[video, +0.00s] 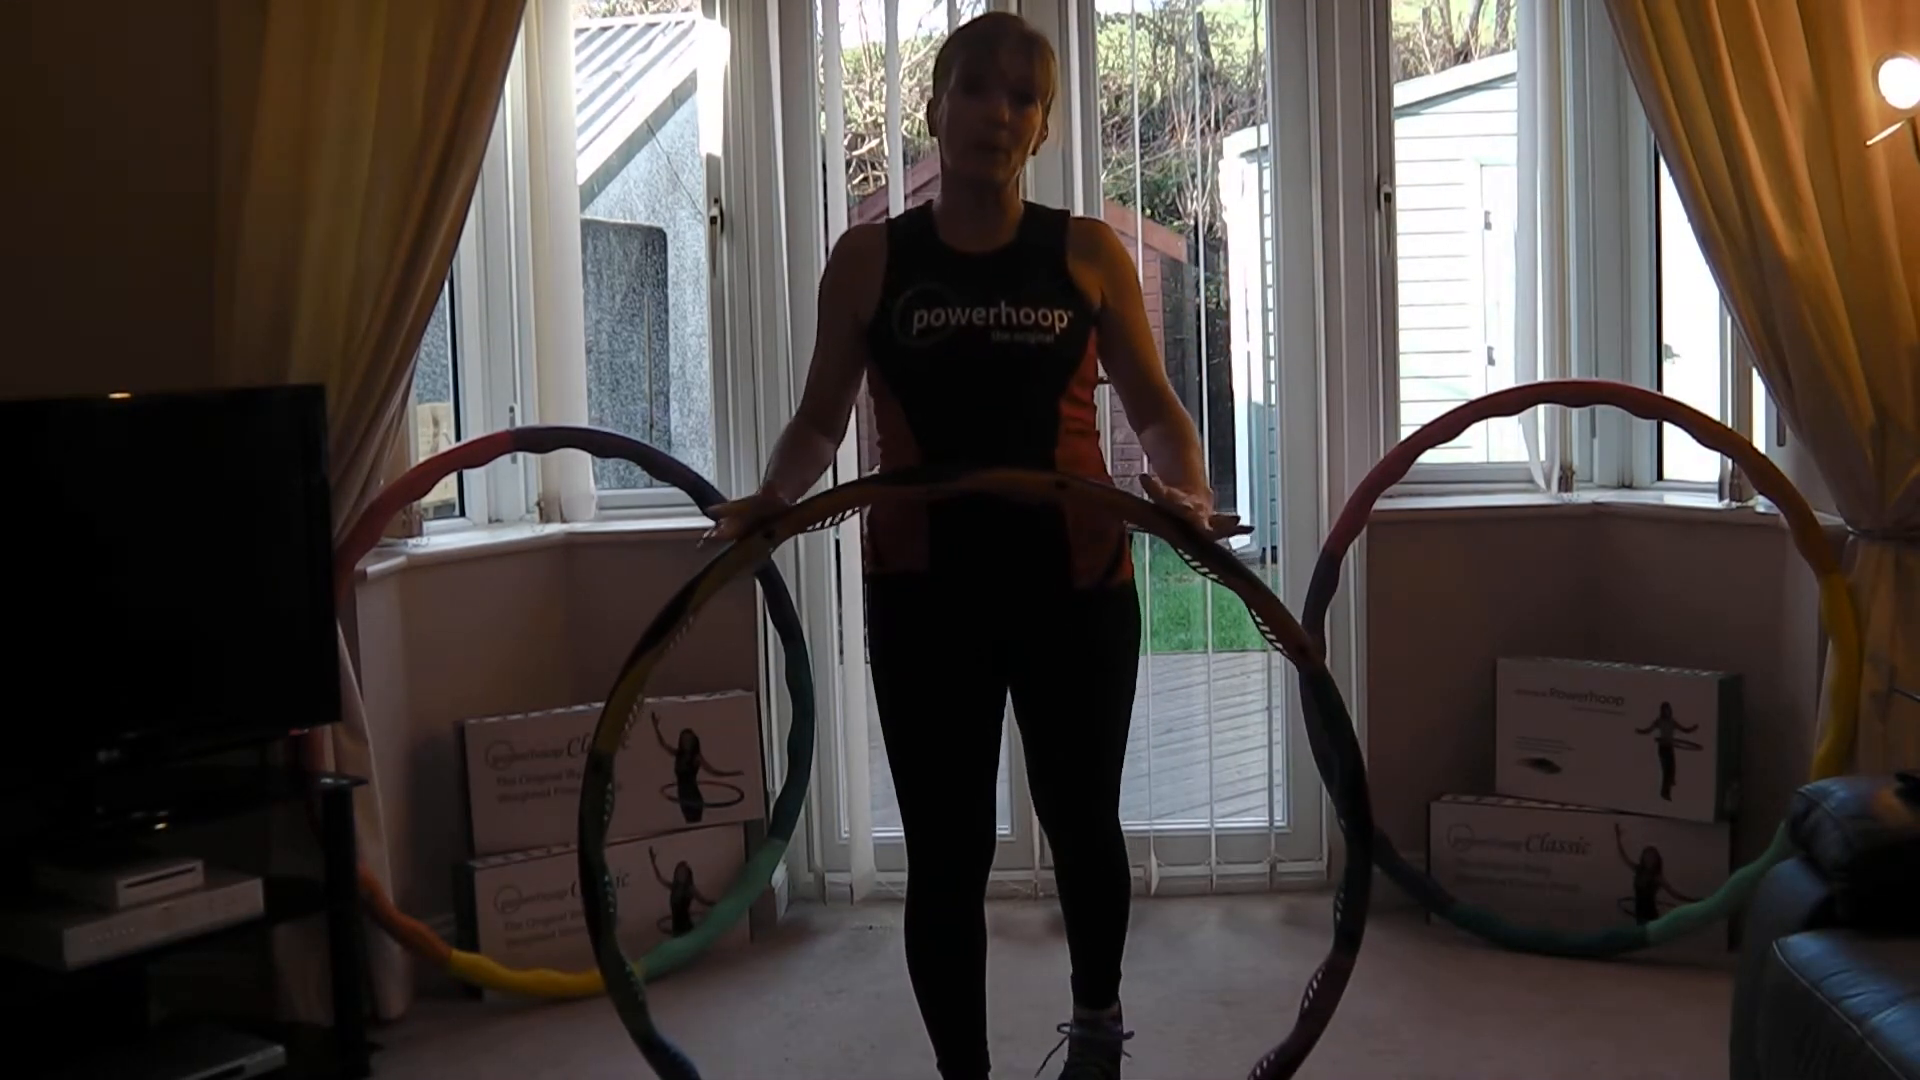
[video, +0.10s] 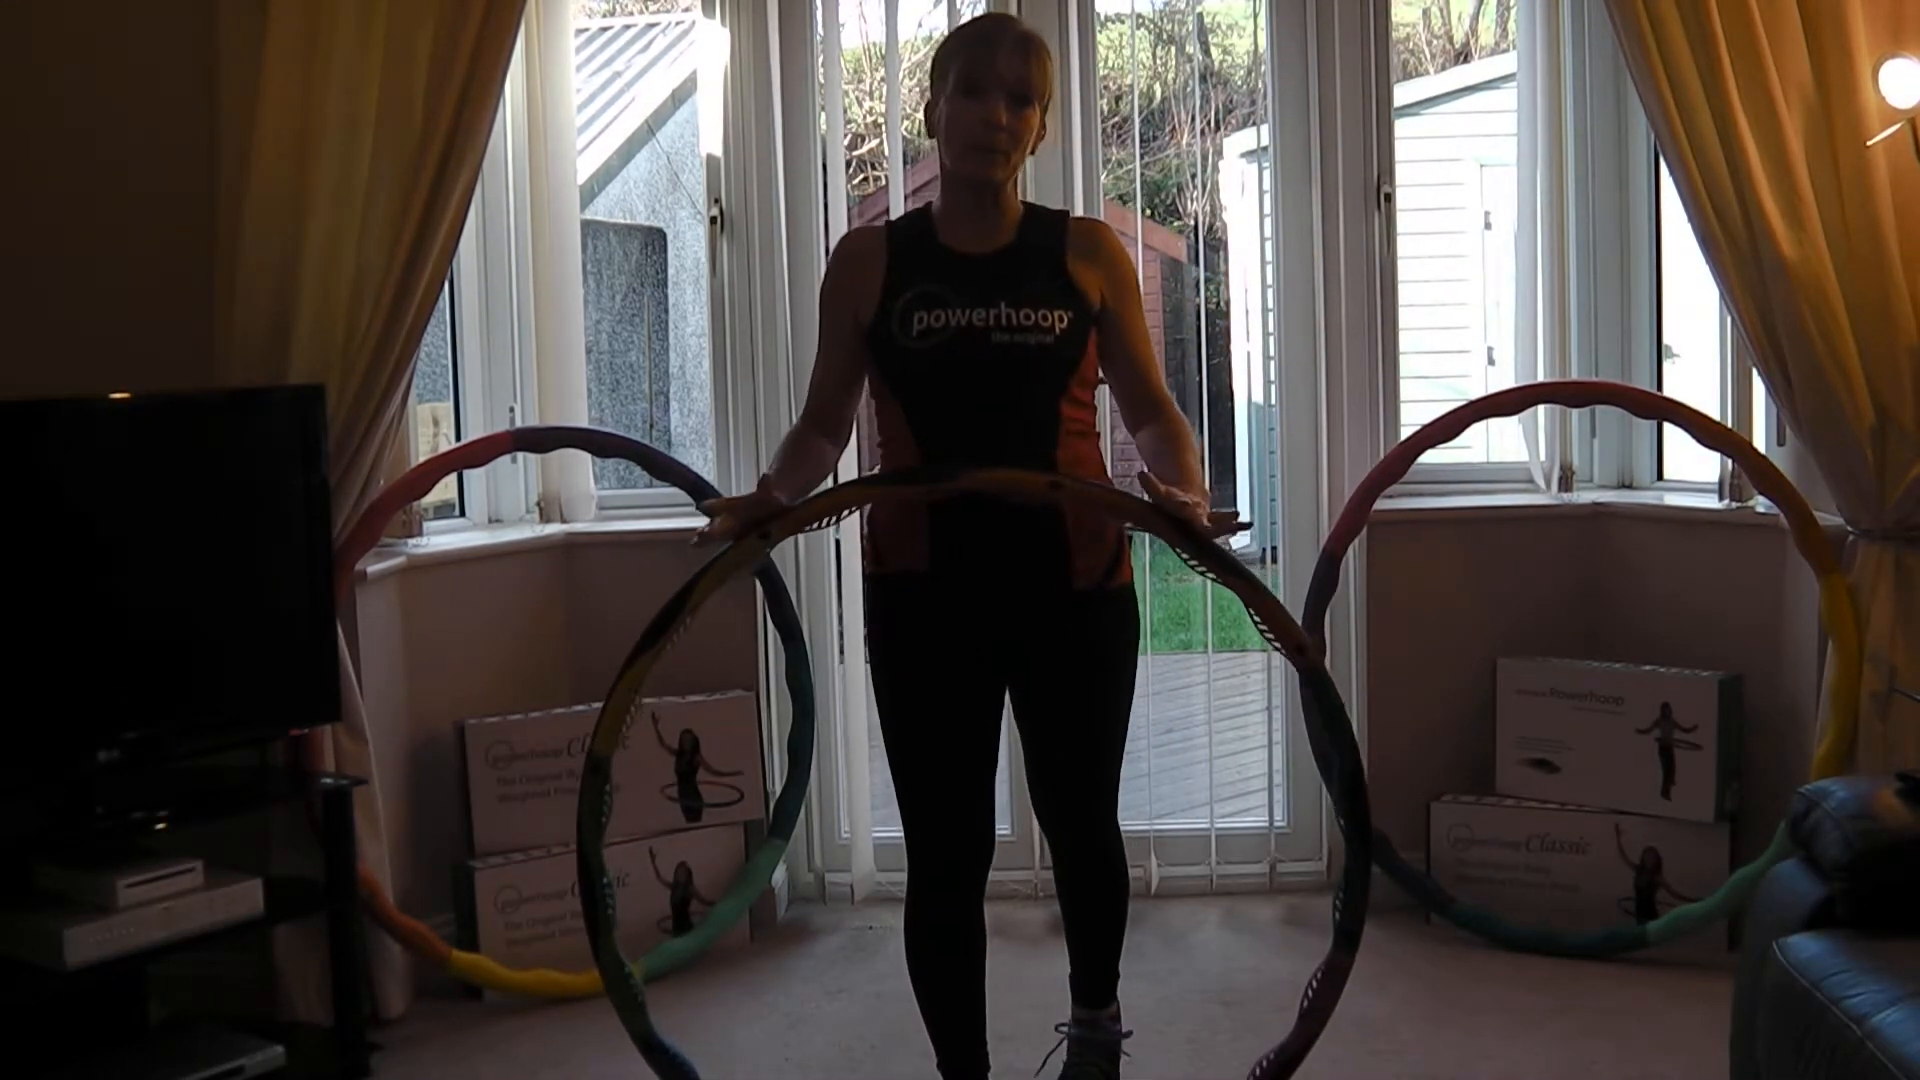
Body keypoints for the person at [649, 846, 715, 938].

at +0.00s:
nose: (681, 875)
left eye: (684, 872)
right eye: (679, 872)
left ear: (688, 874)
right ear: (675, 874)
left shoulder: (690, 889)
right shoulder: (674, 887)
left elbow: (703, 901)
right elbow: (659, 878)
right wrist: (653, 862)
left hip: (686, 923)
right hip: (675, 923)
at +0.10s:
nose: (681, 875)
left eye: (684, 872)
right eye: (679, 872)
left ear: (688, 874)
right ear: (675, 874)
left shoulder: (690, 889)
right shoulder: (674, 887)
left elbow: (703, 901)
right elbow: (659, 878)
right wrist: (653, 861)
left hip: (686, 923)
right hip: (675, 923)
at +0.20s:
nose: (681, 875)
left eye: (684, 873)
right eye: (679, 872)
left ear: (688, 874)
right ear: (675, 874)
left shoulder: (690, 889)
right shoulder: (674, 887)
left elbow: (703, 901)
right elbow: (659, 878)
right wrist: (653, 861)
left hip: (686, 922)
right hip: (675, 923)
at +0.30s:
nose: (681, 875)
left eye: (684, 872)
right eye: (679, 872)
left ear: (688, 874)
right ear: (675, 874)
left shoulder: (690, 889)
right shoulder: (674, 887)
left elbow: (703, 901)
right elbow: (659, 878)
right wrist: (653, 861)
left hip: (686, 923)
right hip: (675, 923)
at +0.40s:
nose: (681, 876)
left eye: (683, 873)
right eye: (679, 872)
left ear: (688, 874)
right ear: (675, 874)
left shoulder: (690, 889)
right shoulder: (674, 887)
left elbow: (703, 901)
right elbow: (659, 878)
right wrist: (653, 861)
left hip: (686, 924)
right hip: (675, 924)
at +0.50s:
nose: (681, 875)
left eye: (683, 872)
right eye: (679, 872)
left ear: (688, 874)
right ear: (675, 874)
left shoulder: (690, 889)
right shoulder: (674, 887)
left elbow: (703, 901)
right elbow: (659, 878)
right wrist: (653, 861)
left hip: (686, 923)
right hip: (675, 923)